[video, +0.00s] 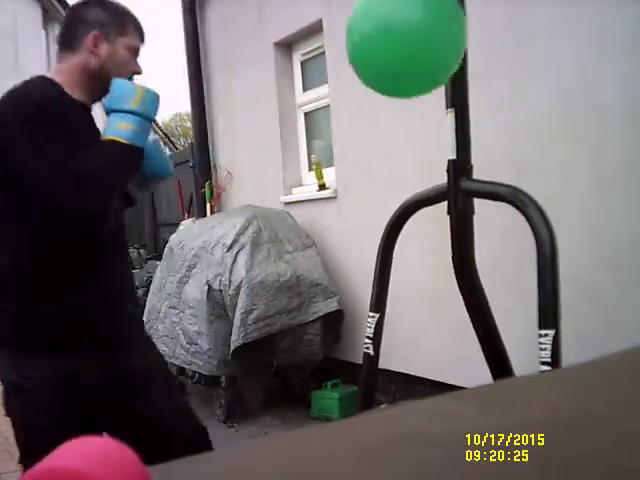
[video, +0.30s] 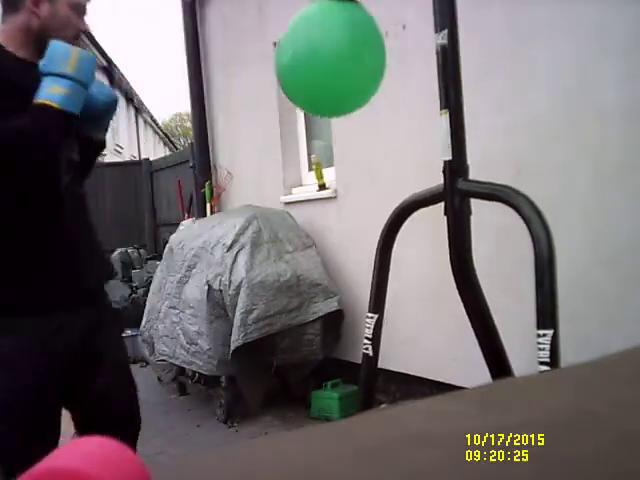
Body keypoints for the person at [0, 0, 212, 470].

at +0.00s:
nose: (139, 68)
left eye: (138, 55)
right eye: (133, 52)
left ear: (96, 49)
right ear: (97, 45)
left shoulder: (79, 121)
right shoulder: (28, 108)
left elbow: (90, 205)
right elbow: (78, 201)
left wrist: (132, 175)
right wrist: (123, 134)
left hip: (106, 333)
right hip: (54, 341)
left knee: (180, 450)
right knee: (64, 468)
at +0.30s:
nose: (84, 25)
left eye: (84, 12)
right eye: (77, 10)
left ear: (39, 10)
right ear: (36, 6)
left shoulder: (49, 77)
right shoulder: (1, 74)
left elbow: (66, 179)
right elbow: (14, 177)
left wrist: (92, 126)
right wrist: (51, 100)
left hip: (77, 284)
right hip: (18, 291)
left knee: (115, 427)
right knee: (24, 451)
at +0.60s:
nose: (23, 56)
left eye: (27, 44)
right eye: (17, 41)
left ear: (26, 40)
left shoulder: (15, 102)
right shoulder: (7, 98)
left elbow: (9, 204)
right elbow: (5, 205)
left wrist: (26, 147)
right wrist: (13, 130)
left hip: (7, 309)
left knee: (58, 452)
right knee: (56, 450)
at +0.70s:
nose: (5, 60)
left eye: (7, 51)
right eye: (3, 50)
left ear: (10, 49)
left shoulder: (6, 108)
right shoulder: (6, 111)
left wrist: (23, 132)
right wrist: (18, 133)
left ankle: (32, 457)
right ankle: (32, 458)